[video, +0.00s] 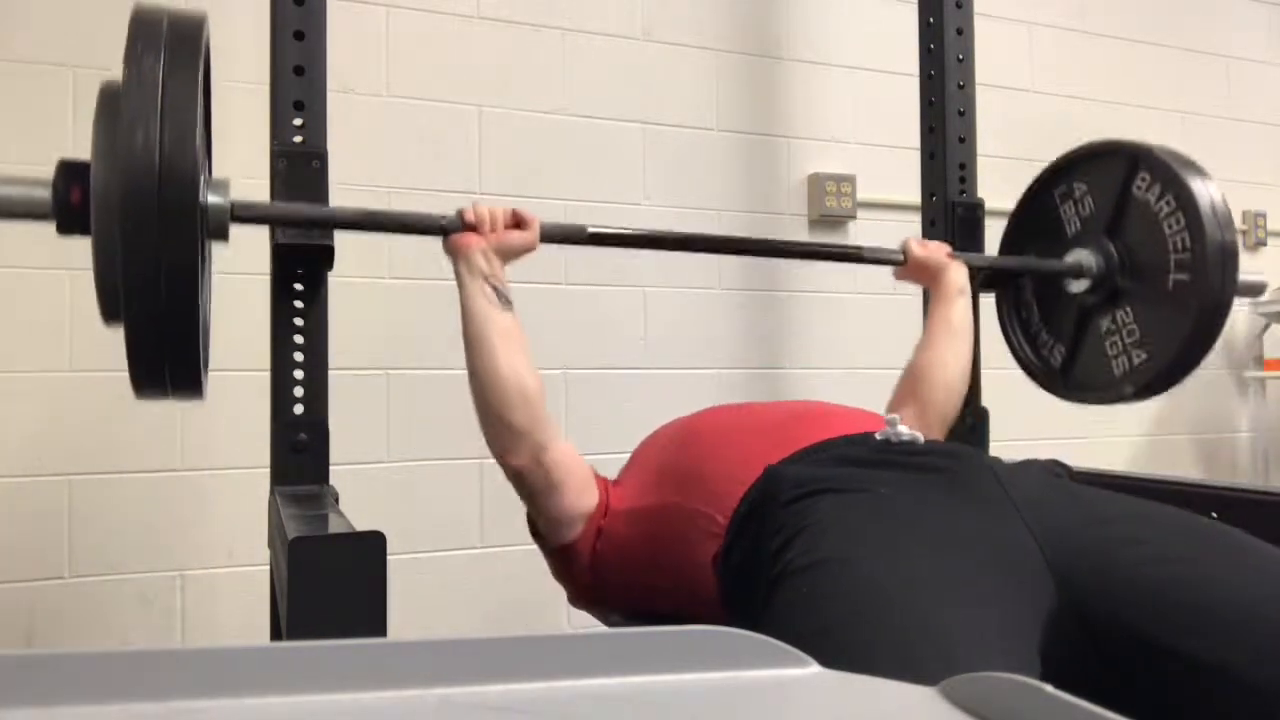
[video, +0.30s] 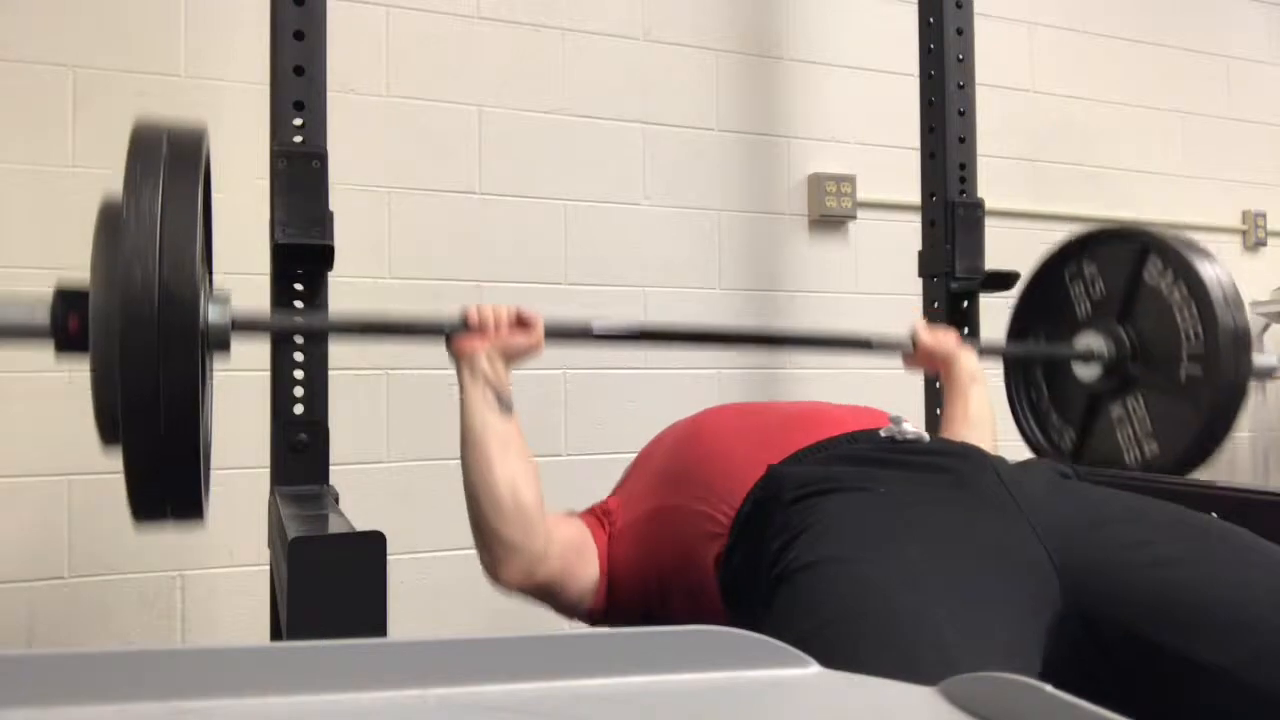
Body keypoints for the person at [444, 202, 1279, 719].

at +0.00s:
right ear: (617, 496)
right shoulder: (606, 529)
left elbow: (922, 418)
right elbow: (523, 432)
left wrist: (950, 288)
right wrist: (478, 273)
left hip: (1013, 479)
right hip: (837, 502)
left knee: (1275, 611)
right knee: (944, 692)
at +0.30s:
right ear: (654, 494)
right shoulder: (625, 537)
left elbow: (990, 483)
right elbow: (519, 550)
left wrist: (965, 371)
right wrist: (481, 381)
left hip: (1028, 485)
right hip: (850, 509)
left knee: (1274, 622)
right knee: (941, 697)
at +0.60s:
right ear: (640, 493)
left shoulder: (855, 425)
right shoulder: (619, 539)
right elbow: (550, 634)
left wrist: (980, 454)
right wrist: (496, 491)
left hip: (1031, 487)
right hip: (851, 507)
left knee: (1274, 607)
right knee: (935, 694)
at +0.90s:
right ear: (654, 497)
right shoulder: (629, 537)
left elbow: (994, 480)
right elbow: (535, 546)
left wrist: (980, 374)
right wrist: (492, 380)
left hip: (1035, 484)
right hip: (858, 506)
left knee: (1273, 618)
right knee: (918, 695)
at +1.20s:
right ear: (620, 499)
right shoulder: (608, 533)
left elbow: (922, 428)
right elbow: (521, 432)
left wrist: (951, 294)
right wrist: (480, 273)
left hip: (1009, 482)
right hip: (841, 504)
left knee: (1274, 612)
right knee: (931, 697)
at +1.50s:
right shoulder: (615, 543)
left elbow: (961, 468)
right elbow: (519, 508)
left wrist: (962, 347)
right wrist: (483, 340)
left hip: (1032, 488)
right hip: (852, 504)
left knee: (1273, 619)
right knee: (929, 680)